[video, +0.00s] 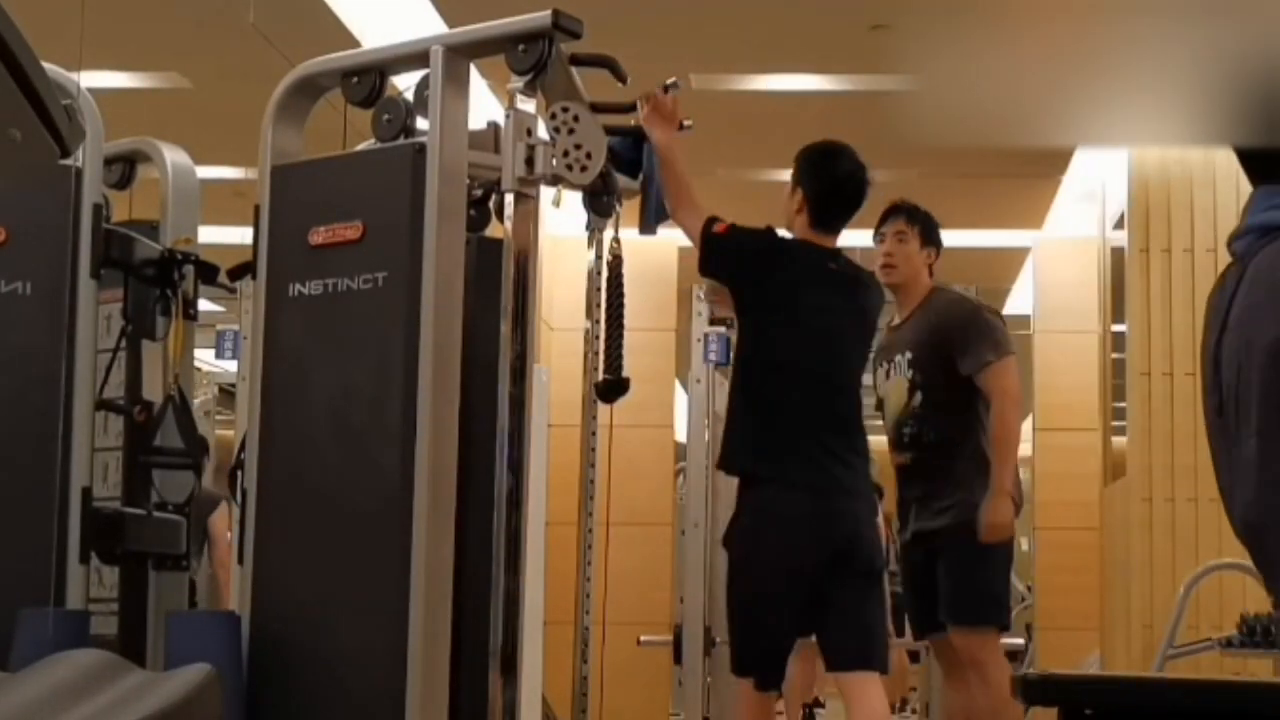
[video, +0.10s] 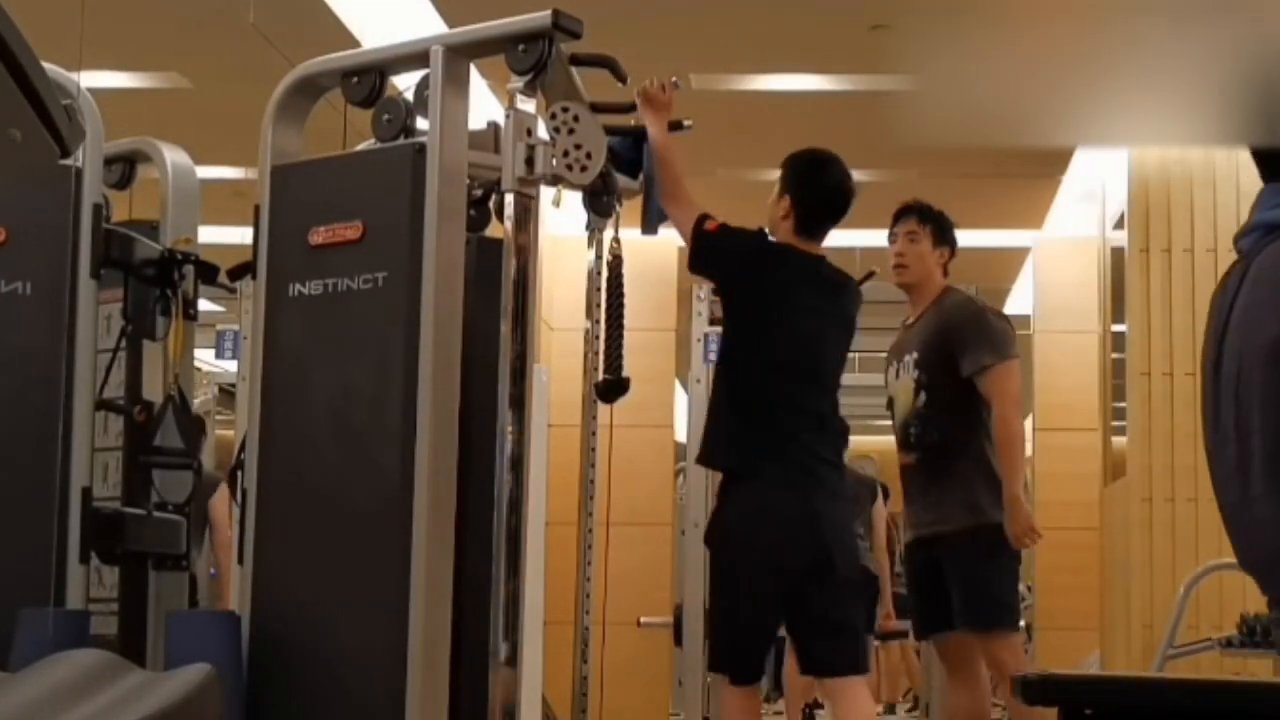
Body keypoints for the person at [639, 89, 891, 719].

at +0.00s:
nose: (786, 197)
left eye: (790, 188)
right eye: (792, 188)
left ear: (798, 199)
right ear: (853, 210)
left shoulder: (763, 258)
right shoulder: (865, 290)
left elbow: (687, 212)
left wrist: (663, 140)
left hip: (773, 498)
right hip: (850, 504)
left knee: (758, 681)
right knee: (862, 676)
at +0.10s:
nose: (771, 201)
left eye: (777, 192)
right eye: (778, 192)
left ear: (786, 204)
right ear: (835, 216)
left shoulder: (751, 260)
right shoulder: (844, 291)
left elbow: (678, 204)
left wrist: (657, 124)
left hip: (751, 493)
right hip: (826, 497)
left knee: (741, 677)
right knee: (846, 676)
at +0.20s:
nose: (760, 201)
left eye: (766, 192)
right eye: (767, 192)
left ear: (776, 206)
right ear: (820, 218)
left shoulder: (742, 257)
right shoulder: (825, 288)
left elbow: (675, 201)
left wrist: (649, 117)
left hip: (738, 485)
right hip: (805, 488)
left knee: (734, 668)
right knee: (818, 664)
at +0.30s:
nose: (749, 203)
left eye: (757, 193)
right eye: (757, 192)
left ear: (769, 209)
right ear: (808, 221)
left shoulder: (736, 256)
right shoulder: (809, 286)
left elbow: (667, 195)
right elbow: (743, 257)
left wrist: (647, 109)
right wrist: (701, 208)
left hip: (729, 483)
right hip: (786, 486)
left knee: (732, 667)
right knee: (795, 664)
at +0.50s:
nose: (730, 206)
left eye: (741, 198)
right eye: (740, 197)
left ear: (757, 218)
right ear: (779, 227)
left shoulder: (733, 264)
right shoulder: (773, 283)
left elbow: (655, 198)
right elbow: (696, 228)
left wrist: (642, 115)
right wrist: (685, 161)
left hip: (718, 486)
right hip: (758, 487)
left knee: (719, 669)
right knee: (754, 668)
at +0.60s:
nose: (727, 210)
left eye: (736, 201)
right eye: (735, 201)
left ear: (753, 220)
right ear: (770, 228)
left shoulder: (733, 272)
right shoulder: (758, 282)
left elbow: (658, 205)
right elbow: (687, 222)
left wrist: (643, 117)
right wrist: (671, 143)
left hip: (715, 492)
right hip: (745, 491)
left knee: (703, 666)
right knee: (738, 666)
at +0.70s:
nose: (723, 216)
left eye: (733, 209)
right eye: (730, 207)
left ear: (752, 226)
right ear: (767, 235)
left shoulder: (732, 282)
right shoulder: (743, 285)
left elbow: (664, 209)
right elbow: (661, 213)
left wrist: (647, 120)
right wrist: (656, 129)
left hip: (709, 498)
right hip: (736, 496)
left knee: (686, 667)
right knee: (728, 665)